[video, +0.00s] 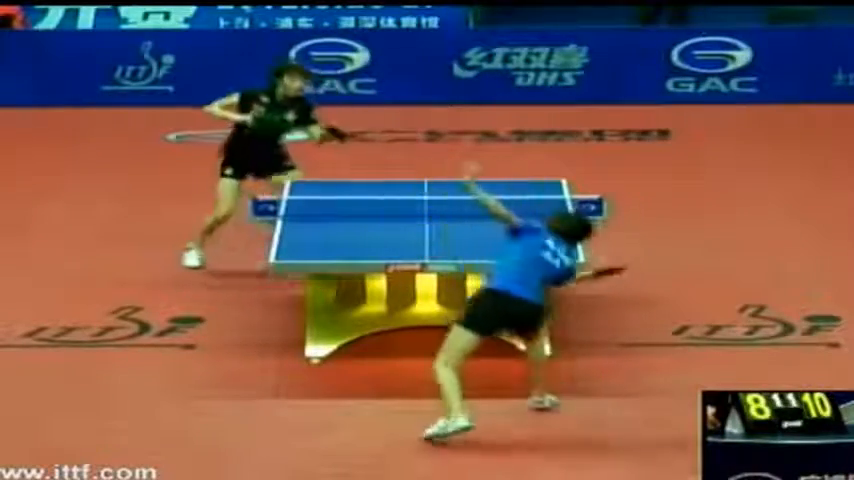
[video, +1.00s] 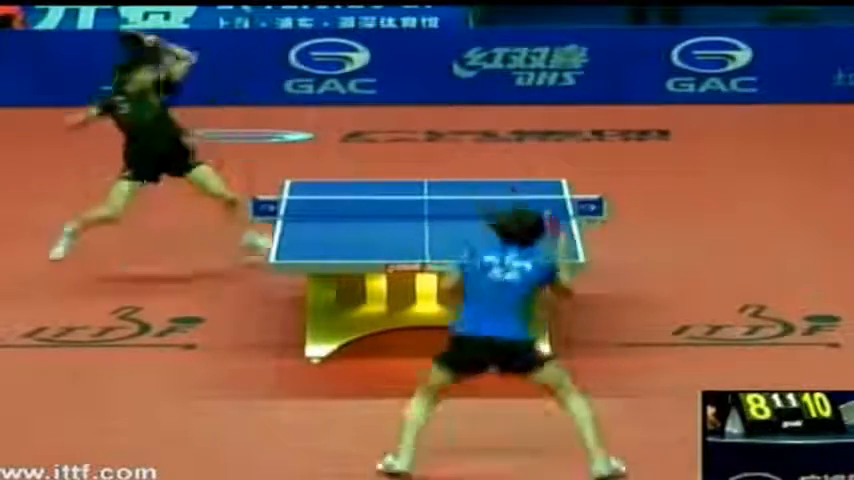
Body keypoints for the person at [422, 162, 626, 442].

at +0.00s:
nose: (553, 217)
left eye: (557, 216)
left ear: (555, 222)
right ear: (574, 238)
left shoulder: (531, 229)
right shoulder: (565, 261)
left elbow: (498, 211)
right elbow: (561, 281)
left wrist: (472, 186)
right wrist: (593, 275)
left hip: (496, 296)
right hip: (530, 308)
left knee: (445, 362)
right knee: (537, 339)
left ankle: (456, 416)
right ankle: (539, 393)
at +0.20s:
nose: (534, 208)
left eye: (537, 206)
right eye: (535, 206)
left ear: (542, 210)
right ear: (565, 218)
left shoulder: (532, 223)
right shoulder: (563, 246)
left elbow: (513, 212)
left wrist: (489, 187)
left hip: (508, 294)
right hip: (541, 304)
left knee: (428, 336)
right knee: (537, 336)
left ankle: (463, 391)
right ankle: (539, 393)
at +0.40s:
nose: (502, 191)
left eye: (505, 187)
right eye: (503, 188)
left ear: (511, 188)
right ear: (539, 189)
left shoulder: (509, 205)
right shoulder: (552, 219)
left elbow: (479, 223)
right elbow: (547, 256)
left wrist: (447, 209)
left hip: (506, 287)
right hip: (542, 293)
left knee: (436, 338)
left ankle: (438, 405)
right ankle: (543, 400)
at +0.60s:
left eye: (481, 207)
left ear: (481, 210)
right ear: (513, 210)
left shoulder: (473, 234)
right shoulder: (529, 236)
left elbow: (440, 266)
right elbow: (553, 276)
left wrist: (428, 257)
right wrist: (533, 270)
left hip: (488, 311)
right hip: (528, 311)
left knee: (450, 370)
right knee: (542, 357)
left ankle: (448, 437)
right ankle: (555, 411)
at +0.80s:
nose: (475, 203)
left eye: (477, 199)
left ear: (483, 200)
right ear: (517, 200)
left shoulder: (474, 221)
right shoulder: (531, 225)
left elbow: (439, 255)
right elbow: (554, 265)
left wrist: (430, 261)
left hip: (478, 300)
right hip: (523, 302)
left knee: (445, 366)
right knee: (551, 363)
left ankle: (433, 435)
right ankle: (584, 428)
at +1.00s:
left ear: (499, 231)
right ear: (535, 234)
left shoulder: (477, 256)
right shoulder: (538, 262)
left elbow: (446, 293)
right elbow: (564, 293)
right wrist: (559, 266)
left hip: (469, 342)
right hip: (515, 345)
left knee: (427, 393)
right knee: (567, 391)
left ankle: (403, 459)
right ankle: (599, 460)